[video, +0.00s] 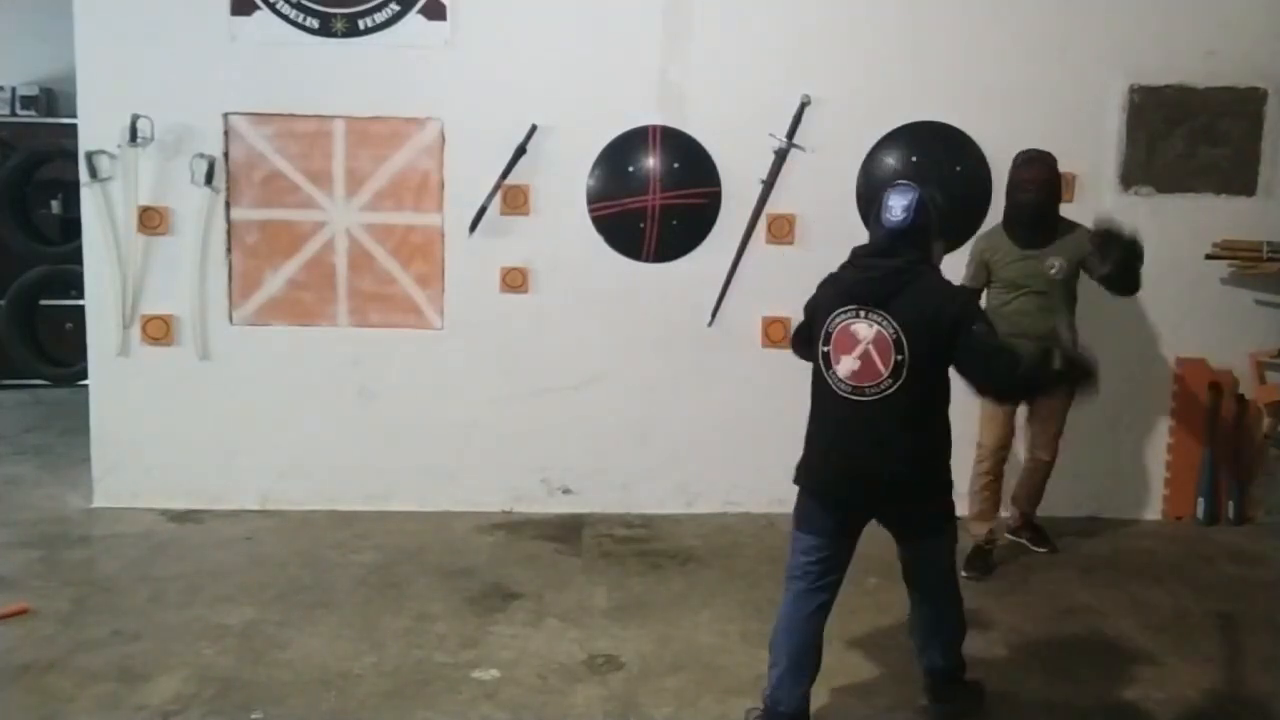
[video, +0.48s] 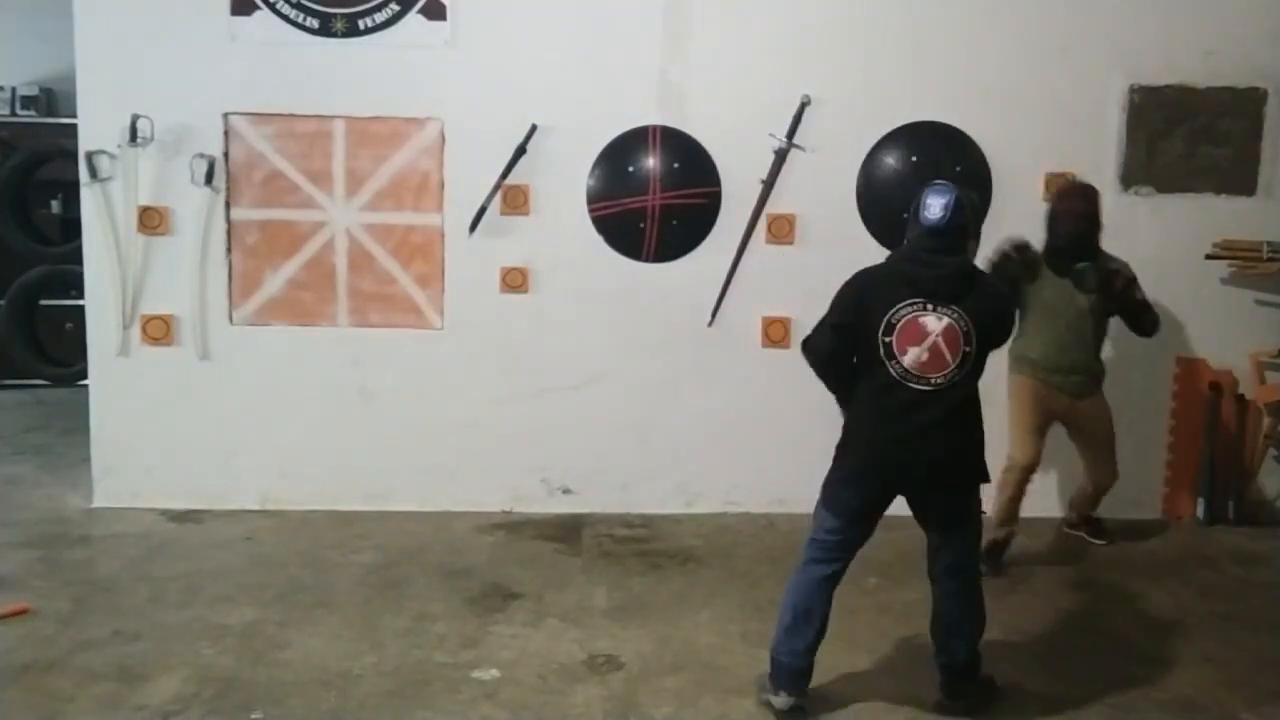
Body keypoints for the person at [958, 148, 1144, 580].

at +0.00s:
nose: (1029, 195)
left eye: (1038, 187)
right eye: (1021, 186)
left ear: (1057, 191)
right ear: (1008, 189)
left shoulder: (1076, 241)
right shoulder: (989, 244)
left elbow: (1123, 286)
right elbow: (963, 307)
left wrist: (1124, 260)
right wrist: (970, 353)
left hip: (1055, 364)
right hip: (1000, 361)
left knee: (1042, 453)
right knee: (991, 449)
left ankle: (1021, 520)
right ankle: (982, 538)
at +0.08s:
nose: (1033, 197)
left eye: (1042, 188)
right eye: (1025, 188)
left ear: (1059, 191)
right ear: (1010, 191)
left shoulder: (1079, 241)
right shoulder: (991, 247)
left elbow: (1105, 294)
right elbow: (969, 308)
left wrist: (1118, 291)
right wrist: (982, 342)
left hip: (1059, 362)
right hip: (1004, 359)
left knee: (1049, 454)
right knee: (994, 450)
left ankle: (1021, 519)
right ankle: (982, 539)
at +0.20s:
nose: (1037, 207)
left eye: (1045, 197)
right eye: (1028, 198)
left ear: (1061, 198)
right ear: (1014, 200)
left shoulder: (1083, 247)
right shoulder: (997, 251)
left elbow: (1109, 304)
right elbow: (972, 306)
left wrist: (1076, 332)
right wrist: (1007, 335)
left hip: (1064, 369)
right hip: (1009, 368)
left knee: (1072, 452)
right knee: (995, 455)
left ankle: (1040, 512)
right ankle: (981, 542)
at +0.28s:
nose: (1041, 208)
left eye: (1050, 200)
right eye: (1033, 199)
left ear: (1065, 201)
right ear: (1021, 201)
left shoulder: (1089, 250)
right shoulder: (1004, 251)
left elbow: (1116, 306)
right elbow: (973, 293)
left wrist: (1079, 317)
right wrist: (1014, 319)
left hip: (1069, 371)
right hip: (1014, 368)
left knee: (1083, 452)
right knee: (997, 453)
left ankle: (1061, 508)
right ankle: (984, 539)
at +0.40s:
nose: (1054, 214)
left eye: (1064, 206)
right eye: (1048, 205)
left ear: (1081, 211)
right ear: (1037, 208)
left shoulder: (1103, 260)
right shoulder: (1020, 257)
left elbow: (1140, 318)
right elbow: (981, 297)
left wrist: (1110, 299)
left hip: (1081, 375)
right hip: (1026, 369)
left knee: (1096, 463)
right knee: (1012, 453)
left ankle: (1078, 516)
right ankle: (988, 537)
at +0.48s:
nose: (1069, 225)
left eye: (1079, 217)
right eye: (1063, 215)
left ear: (1094, 223)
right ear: (1052, 219)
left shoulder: (1110, 273)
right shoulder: (1029, 265)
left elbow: (1148, 326)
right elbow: (990, 311)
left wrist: (1124, 295)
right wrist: (1002, 274)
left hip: (1083, 385)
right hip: (1031, 378)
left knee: (1103, 475)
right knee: (1023, 458)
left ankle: (1078, 517)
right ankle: (996, 541)